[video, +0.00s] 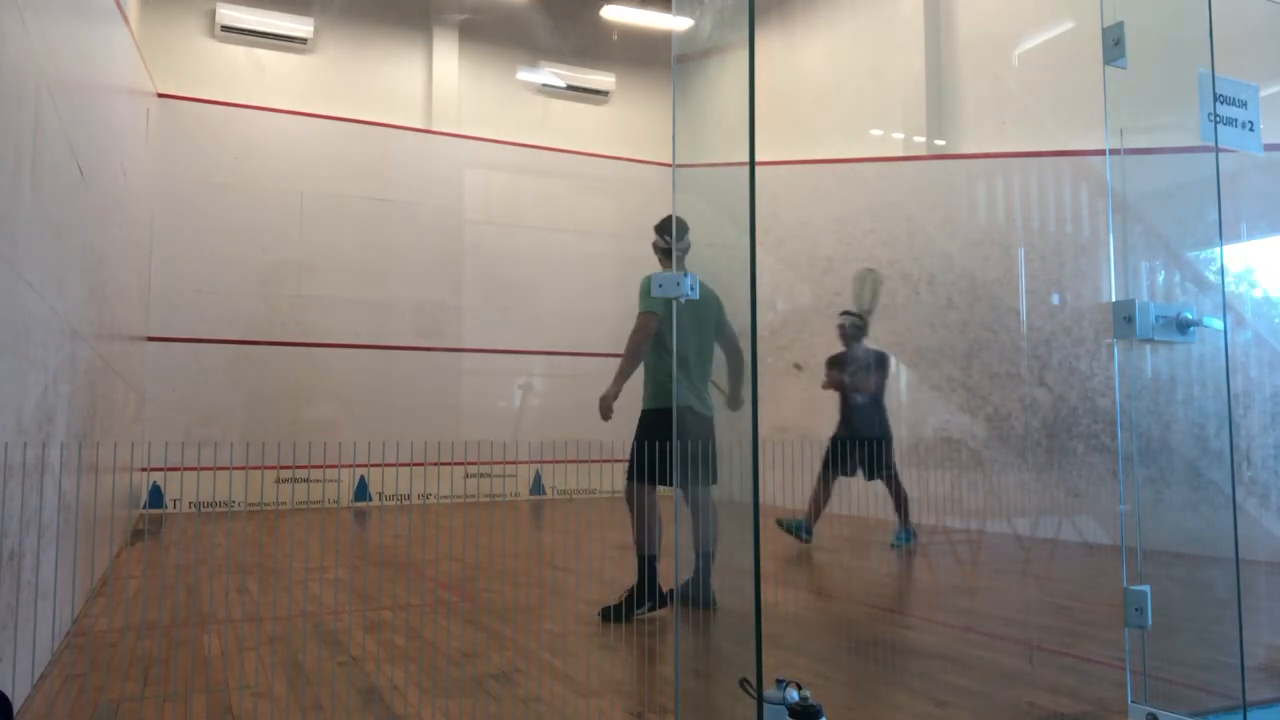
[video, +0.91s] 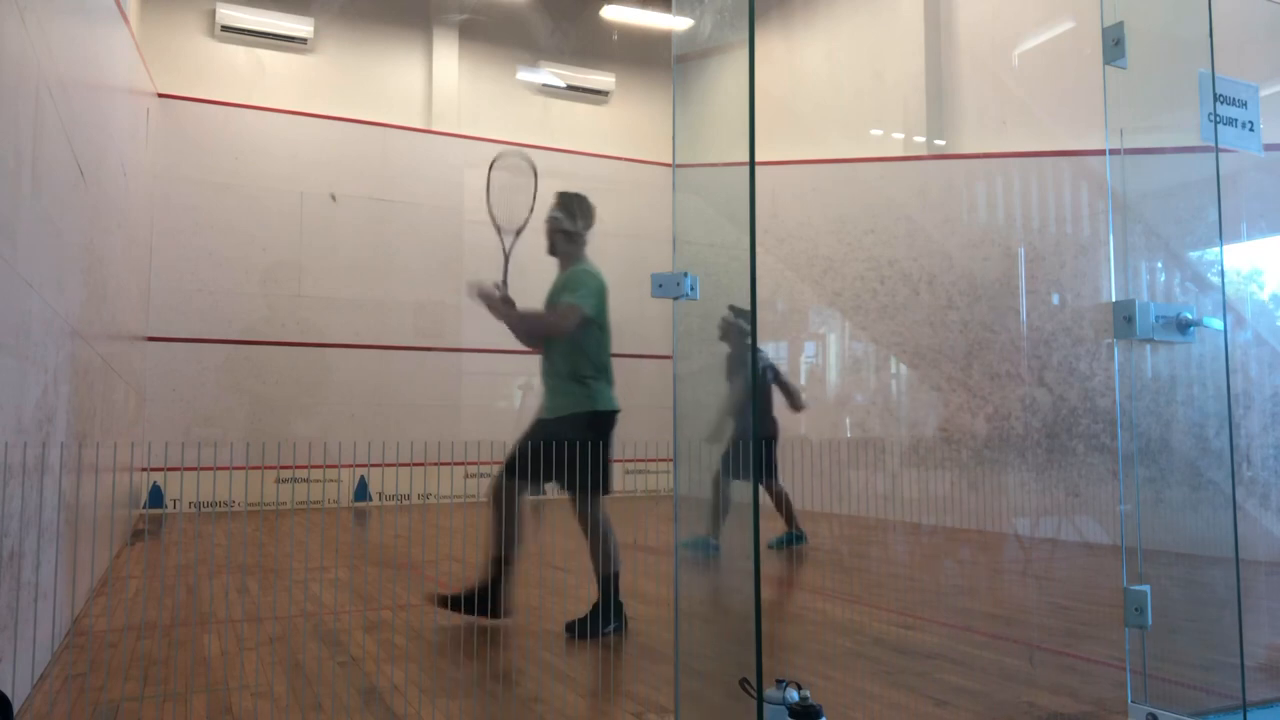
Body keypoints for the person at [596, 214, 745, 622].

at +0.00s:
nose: (657, 252)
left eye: (657, 246)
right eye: (661, 246)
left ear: (658, 246)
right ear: (688, 247)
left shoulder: (655, 283)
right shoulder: (706, 293)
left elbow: (645, 329)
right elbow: (734, 348)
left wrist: (615, 387)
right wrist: (736, 391)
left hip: (662, 412)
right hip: (699, 414)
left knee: (638, 491)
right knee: (698, 495)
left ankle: (646, 587)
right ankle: (701, 584)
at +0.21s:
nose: (646, 250)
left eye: (647, 244)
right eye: (649, 244)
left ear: (651, 245)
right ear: (679, 246)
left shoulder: (651, 282)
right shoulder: (696, 291)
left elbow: (648, 331)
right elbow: (712, 355)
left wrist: (614, 388)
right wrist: (684, 384)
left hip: (657, 409)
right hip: (691, 411)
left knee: (628, 489)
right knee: (694, 495)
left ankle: (639, 586)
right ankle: (700, 584)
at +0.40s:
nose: (624, 248)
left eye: (626, 242)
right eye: (627, 242)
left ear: (632, 244)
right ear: (658, 246)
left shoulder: (641, 284)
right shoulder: (669, 287)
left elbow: (643, 340)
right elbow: (661, 351)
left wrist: (599, 387)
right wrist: (618, 367)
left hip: (647, 412)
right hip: (669, 410)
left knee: (625, 499)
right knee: (679, 497)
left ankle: (610, 597)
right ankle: (699, 583)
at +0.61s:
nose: (594, 241)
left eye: (598, 234)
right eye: (596, 234)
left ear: (609, 238)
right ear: (625, 239)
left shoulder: (625, 282)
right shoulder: (629, 283)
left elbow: (631, 341)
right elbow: (622, 353)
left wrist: (572, 376)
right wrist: (571, 358)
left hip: (624, 408)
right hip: (628, 406)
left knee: (606, 499)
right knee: (629, 495)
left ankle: (609, 604)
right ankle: (677, 569)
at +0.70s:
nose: (579, 235)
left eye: (584, 228)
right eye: (580, 228)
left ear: (600, 232)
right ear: (604, 234)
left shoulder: (614, 277)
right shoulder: (602, 280)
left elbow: (618, 334)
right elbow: (599, 346)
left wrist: (556, 359)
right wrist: (550, 352)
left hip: (616, 408)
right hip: (601, 408)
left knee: (602, 501)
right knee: (580, 495)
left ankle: (611, 605)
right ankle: (635, 568)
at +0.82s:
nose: (564, 229)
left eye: (572, 222)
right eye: (565, 221)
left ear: (594, 228)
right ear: (577, 228)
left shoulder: (600, 275)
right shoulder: (584, 278)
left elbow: (595, 329)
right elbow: (576, 343)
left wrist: (532, 337)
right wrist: (525, 341)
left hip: (605, 411)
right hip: (582, 410)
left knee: (601, 503)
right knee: (539, 490)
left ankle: (611, 606)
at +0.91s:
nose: (548, 231)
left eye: (558, 225)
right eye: (549, 224)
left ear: (578, 232)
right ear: (550, 229)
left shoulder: (586, 279)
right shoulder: (564, 282)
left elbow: (556, 324)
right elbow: (539, 340)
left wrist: (503, 307)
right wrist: (510, 311)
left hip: (587, 414)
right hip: (558, 413)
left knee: (588, 507)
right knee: (505, 491)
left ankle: (610, 607)